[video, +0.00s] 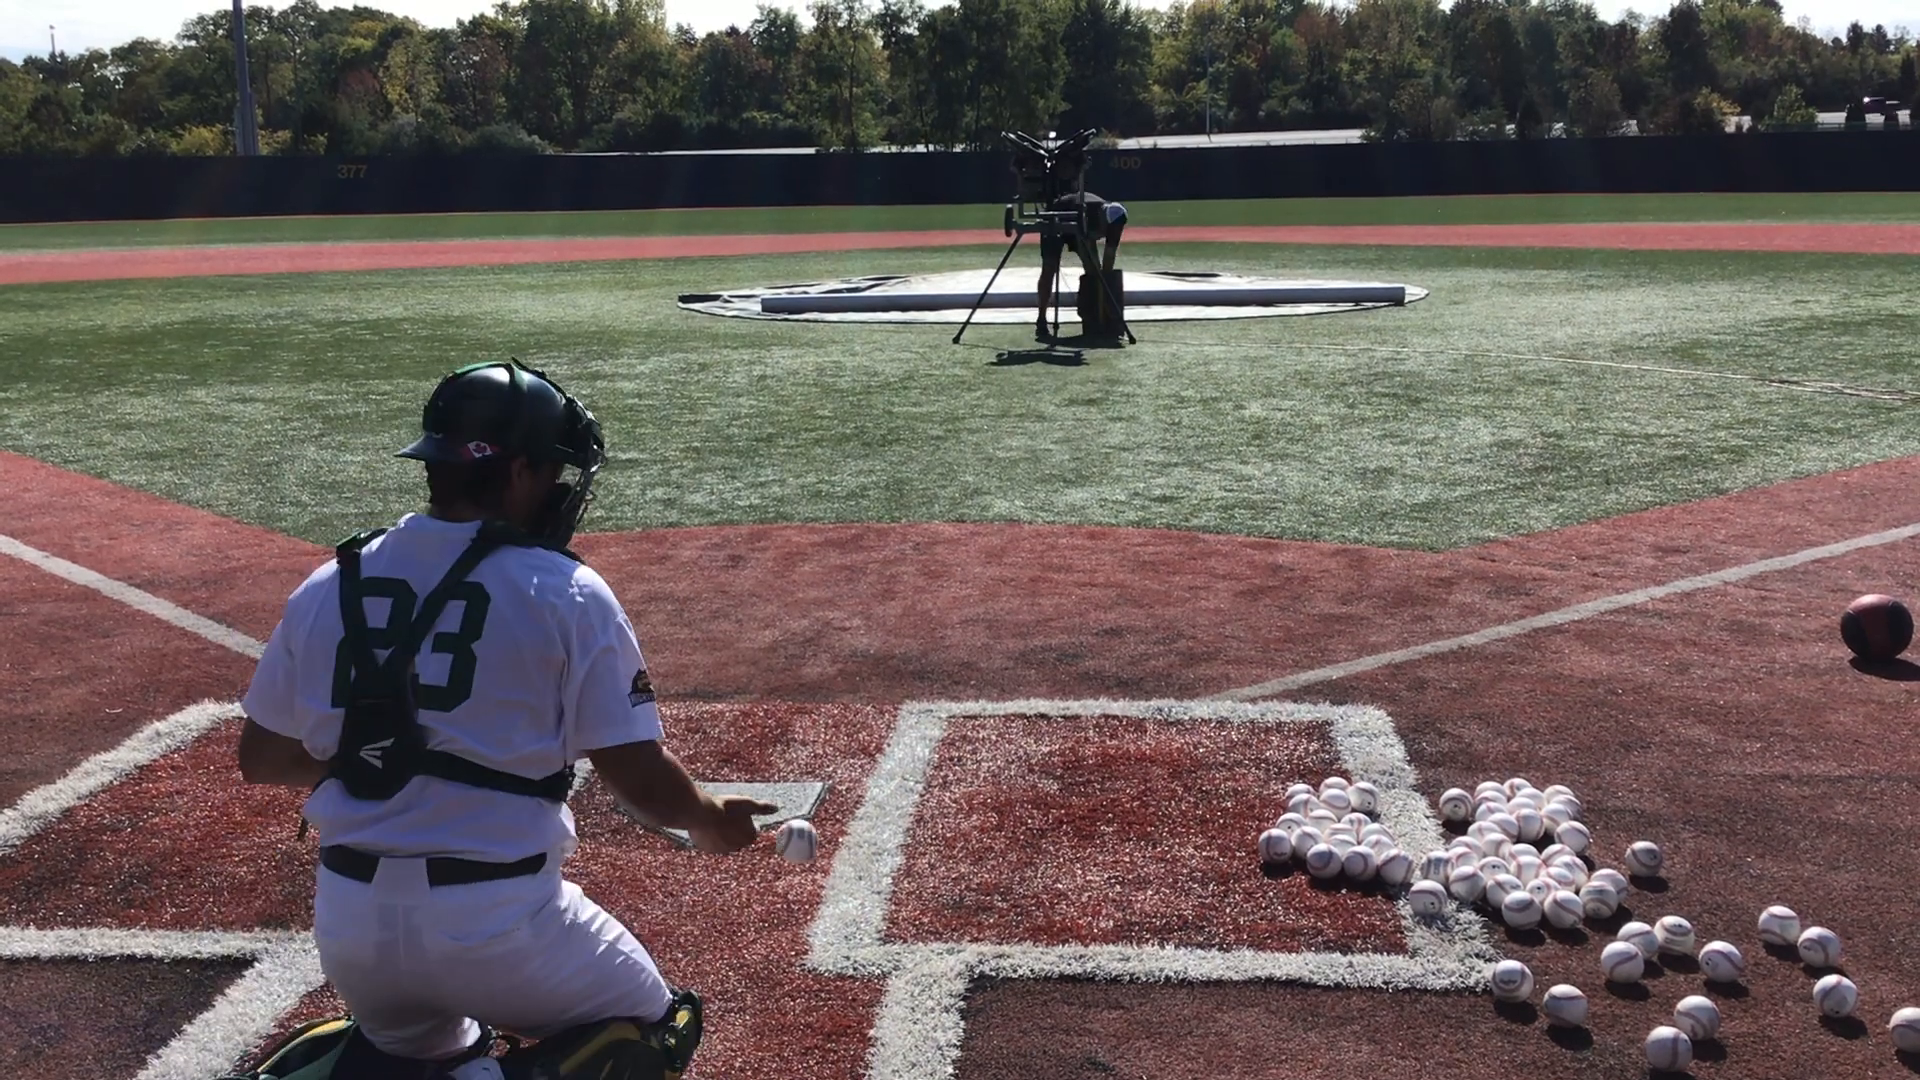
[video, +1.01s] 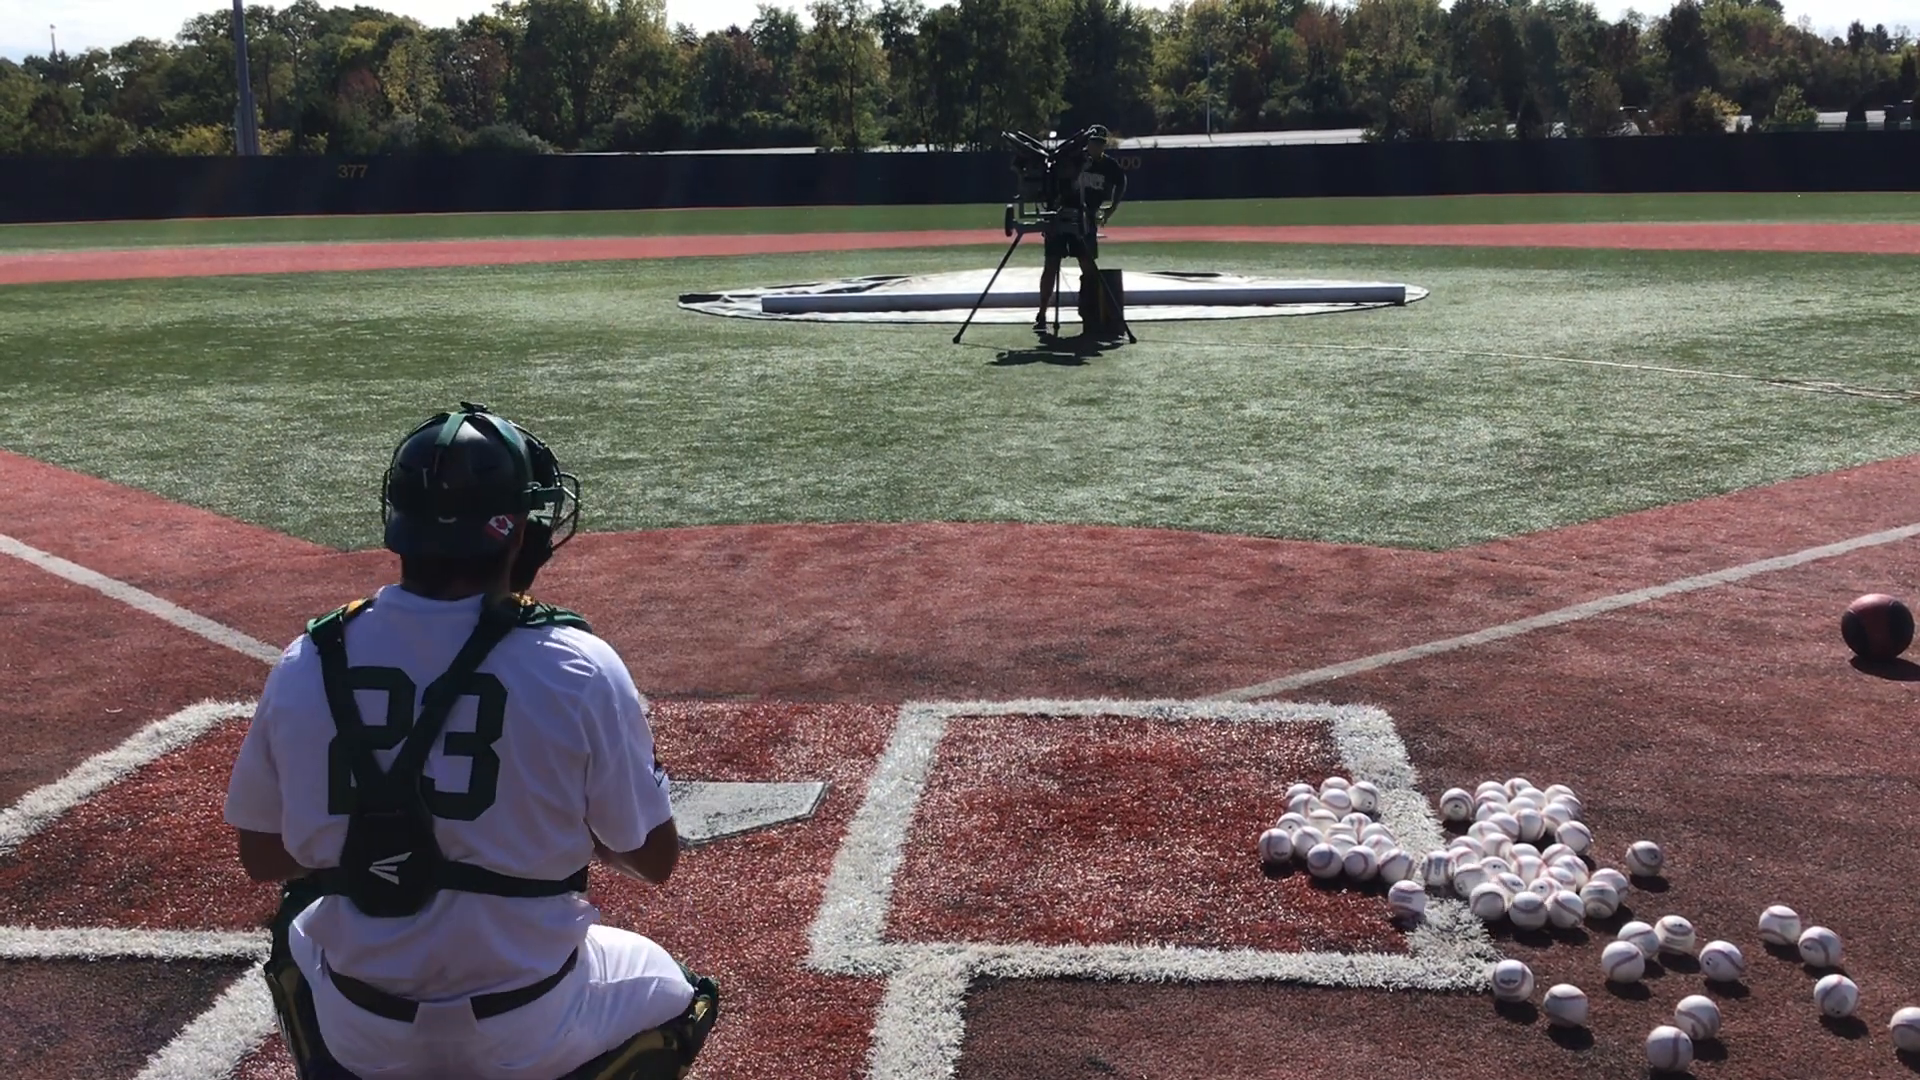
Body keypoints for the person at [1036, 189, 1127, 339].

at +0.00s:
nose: (1113, 229)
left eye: (1117, 226)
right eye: (1111, 225)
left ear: (1120, 219)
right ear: (1104, 216)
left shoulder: (1117, 218)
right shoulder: (1087, 212)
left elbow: (1110, 255)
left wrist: (1106, 283)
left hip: (1079, 226)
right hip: (1055, 222)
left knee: (1092, 269)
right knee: (1049, 270)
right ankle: (1041, 319)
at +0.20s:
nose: (1110, 253)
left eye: (1115, 249)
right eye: (1109, 249)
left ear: (1119, 240)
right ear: (1102, 240)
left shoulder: (1115, 237)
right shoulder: (1089, 235)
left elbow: (1108, 273)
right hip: (1055, 221)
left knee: (1088, 272)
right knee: (1050, 272)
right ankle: (1042, 320)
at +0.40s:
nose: (1112, 248)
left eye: (1117, 244)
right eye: (1110, 244)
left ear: (1120, 235)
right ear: (1103, 235)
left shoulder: (1116, 232)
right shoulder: (1090, 231)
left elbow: (1109, 269)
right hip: (1056, 219)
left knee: (1089, 271)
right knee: (1049, 270)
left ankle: (1093, 316)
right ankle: (1042, 320)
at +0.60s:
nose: (1118, 219)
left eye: (1121, 215)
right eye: (1116, 214)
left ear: (1124, 211)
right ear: (1107, 207)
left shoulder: (1118, 214)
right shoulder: (1089, 204)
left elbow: (1114, 247)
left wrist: (1109, 274)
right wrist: (1092, 267)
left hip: (1080, 228)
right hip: (1055, 221)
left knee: (1092, 270)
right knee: (1049, 269)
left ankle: (1095, 316)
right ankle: (1042, 320)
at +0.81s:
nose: (1114, 179)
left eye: (1117, 175)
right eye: (1111, 174)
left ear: (1119, 175)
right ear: (1102, 170)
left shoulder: (1119, 188)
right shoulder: (1088, 177)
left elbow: (1125, 210)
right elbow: (1070, 199)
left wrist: (1119, 230)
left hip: (1082, 226)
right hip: (1057, 223)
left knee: (1092, 271)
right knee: (1050, 269)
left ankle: (1095, 319)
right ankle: (1042, 317)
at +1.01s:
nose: (1095, 148)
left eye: (1099, 144)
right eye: (1092, 143)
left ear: (1104, 145)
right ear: (1086, 143)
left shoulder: (1109, 165)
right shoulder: (1072, 160)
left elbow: (1121, 183)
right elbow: (1056, 181)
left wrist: (1110, 210)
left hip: (1085, 220)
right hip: (1059, 218)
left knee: (1088, 268)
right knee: (1050, 269)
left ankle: (1090, 313)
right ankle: (1042, 314)